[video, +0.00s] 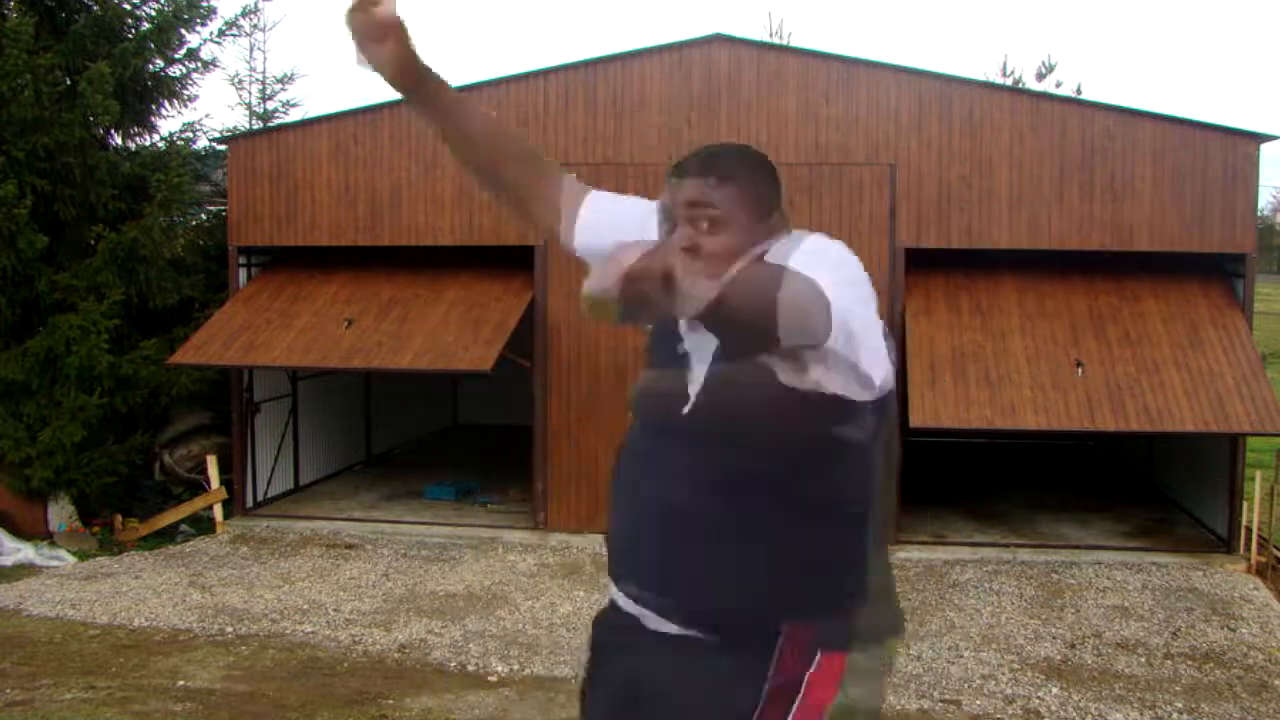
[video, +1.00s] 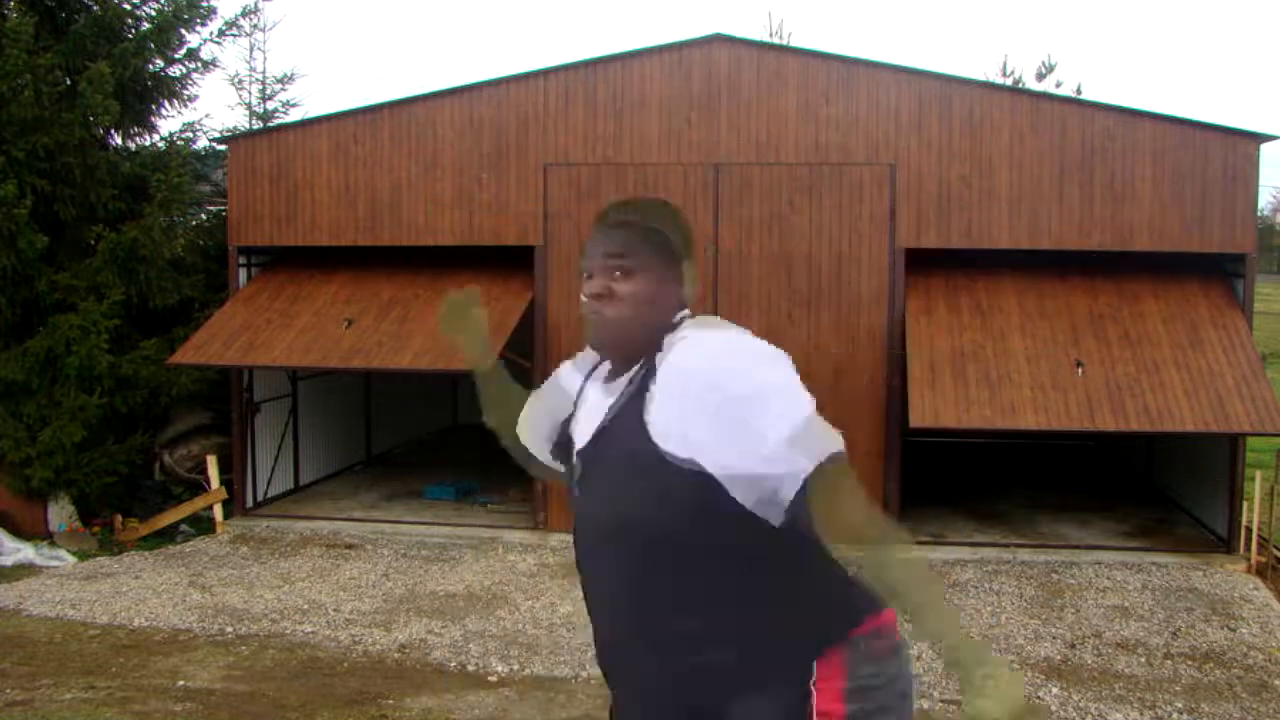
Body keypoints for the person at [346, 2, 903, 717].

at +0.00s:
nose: (681, 244)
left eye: (705, 222)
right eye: (670, 223)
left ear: (768, 228)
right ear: (660, 222)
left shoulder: (823, 268)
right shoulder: (664, 256)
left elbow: (803, 315)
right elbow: (541, 190)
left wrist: (694, 291)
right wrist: (412, 78)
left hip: (769, 653)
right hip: (641, 627)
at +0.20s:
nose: (615, 272)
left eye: (640, 255)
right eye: (609, 255)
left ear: (700, 262)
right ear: (603, 264)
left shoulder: (718, 309)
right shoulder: (640, 355)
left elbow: (897, 291)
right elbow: (747, 282)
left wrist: (1049, 243)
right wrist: (725, 211)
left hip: (879, 626)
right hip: (778, 676)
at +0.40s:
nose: (629, 315)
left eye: (653, 296)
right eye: (624, 302)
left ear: (721, 302)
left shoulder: (754, 347)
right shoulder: (655, 405)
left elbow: (867, 341)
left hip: (908, 684)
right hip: (772, 697)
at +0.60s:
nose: (604, 325)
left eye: (622, 303)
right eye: (598, 310)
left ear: (691, 298)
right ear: (601, 320)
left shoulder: (738, 331)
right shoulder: (644, 362)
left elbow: (837, 310)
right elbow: (549, 287)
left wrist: (947, 251)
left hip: (843, 672)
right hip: (701, 680)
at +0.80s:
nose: (576, 299)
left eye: (603, 284)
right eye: (573, 286)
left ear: (668, 302)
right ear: (569, 305)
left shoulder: (701, 353)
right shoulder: (570, 408)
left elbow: (886, 320)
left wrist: (1067, 262)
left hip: (816, 654)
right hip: (692, 698)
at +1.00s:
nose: (597, 285)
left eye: (623, 270)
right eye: (589, 270)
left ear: (678, 288)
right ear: (581, 285)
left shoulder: (719, 369)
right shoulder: (582, 383)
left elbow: (855, 522)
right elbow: (540, 446)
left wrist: (970, 661)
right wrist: (486, 365)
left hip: (804, 676)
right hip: (661, 684)